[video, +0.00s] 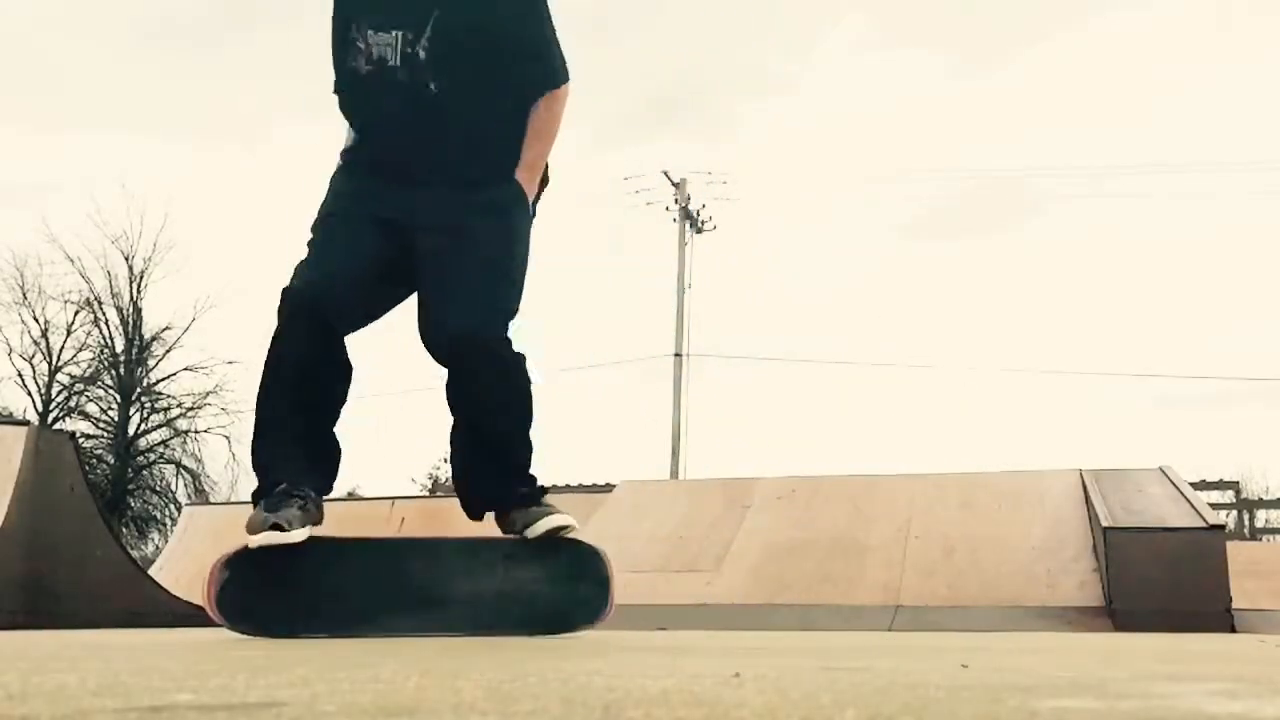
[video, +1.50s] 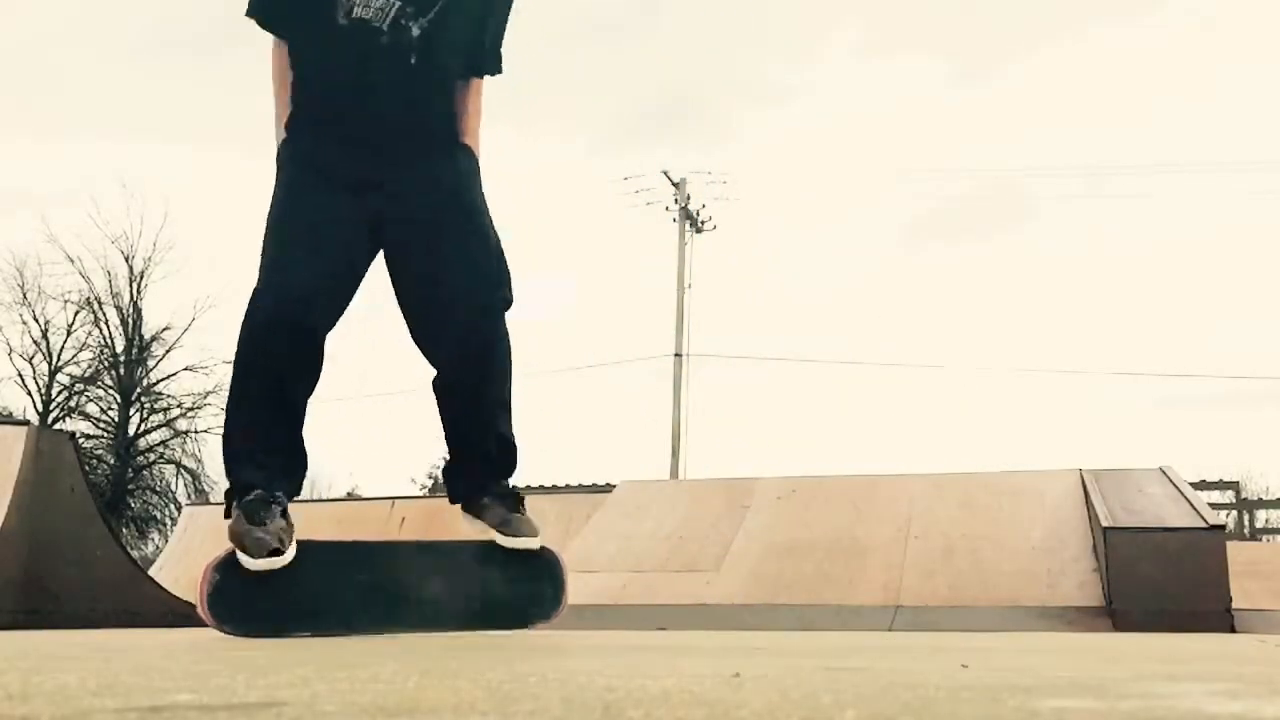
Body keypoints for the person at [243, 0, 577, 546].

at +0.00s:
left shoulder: (511, 9)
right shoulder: (350, 7)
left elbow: (551, 83)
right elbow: (353, 89)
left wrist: (522, 182)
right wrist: (372, 159)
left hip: (480, 190)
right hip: (374, 184)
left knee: (471, 334)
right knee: (308, 308)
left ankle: (513, 495)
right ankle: (290, 486)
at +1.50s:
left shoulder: (480, 6)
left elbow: (469, 75)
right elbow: (287, 51)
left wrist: (466, 175)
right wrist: (292, 154)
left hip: (432, 156)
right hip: (324, 153)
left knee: (473, 314)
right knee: (286, 316)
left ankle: (484, 481)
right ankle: (259, 492)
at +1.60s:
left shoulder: (472, 6)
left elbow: (468, 23)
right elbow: (286, 9)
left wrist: (452, 110)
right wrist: (288, 93)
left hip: (414, 109)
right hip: (325, 106)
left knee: (498, 211)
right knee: (315, 258)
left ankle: (474, 380)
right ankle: (279, 430)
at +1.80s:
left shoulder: (475, 5)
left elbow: (436, 70)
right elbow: (276, 36)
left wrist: (431, 152)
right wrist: (311, 147)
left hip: (414, 149)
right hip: (337, 143)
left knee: (476, 311)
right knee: (359, 299)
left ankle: (366, 461)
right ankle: (290, 504)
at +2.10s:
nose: (550, 52)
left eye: (567, 45)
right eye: (554, 30)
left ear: (577, 42)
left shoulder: (503, 80)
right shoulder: (405, 14)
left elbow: (426, 158)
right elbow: (299, 55)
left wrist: (393, 216)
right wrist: (309, 185)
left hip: (387, 221)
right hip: (309, 194)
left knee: (435, 382)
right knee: (365, 334)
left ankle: (359, 541)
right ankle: (279, 529)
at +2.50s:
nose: (595, 63)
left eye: (608, 61)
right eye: (605, 46)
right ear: (586, 6)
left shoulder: (495, 68)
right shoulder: (476, 9)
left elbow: (410, 134)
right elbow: (366, 28)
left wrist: (394, 196)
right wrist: (346, 156)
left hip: (383, 194)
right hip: (322, 165)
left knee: (410, 371)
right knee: (348, 331)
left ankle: (342, 541)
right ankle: (256, 526)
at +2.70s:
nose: (582, 62)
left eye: (594, 62)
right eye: (595, 48)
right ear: (583, 4)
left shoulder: (499, 42)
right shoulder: (518, 5)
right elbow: (454, 33)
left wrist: (417, 183)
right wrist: (417, 147)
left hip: (394, 180)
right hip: (367, 154)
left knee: (402, 360)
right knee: (348, 323)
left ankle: (331, 538)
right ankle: (240, 519)